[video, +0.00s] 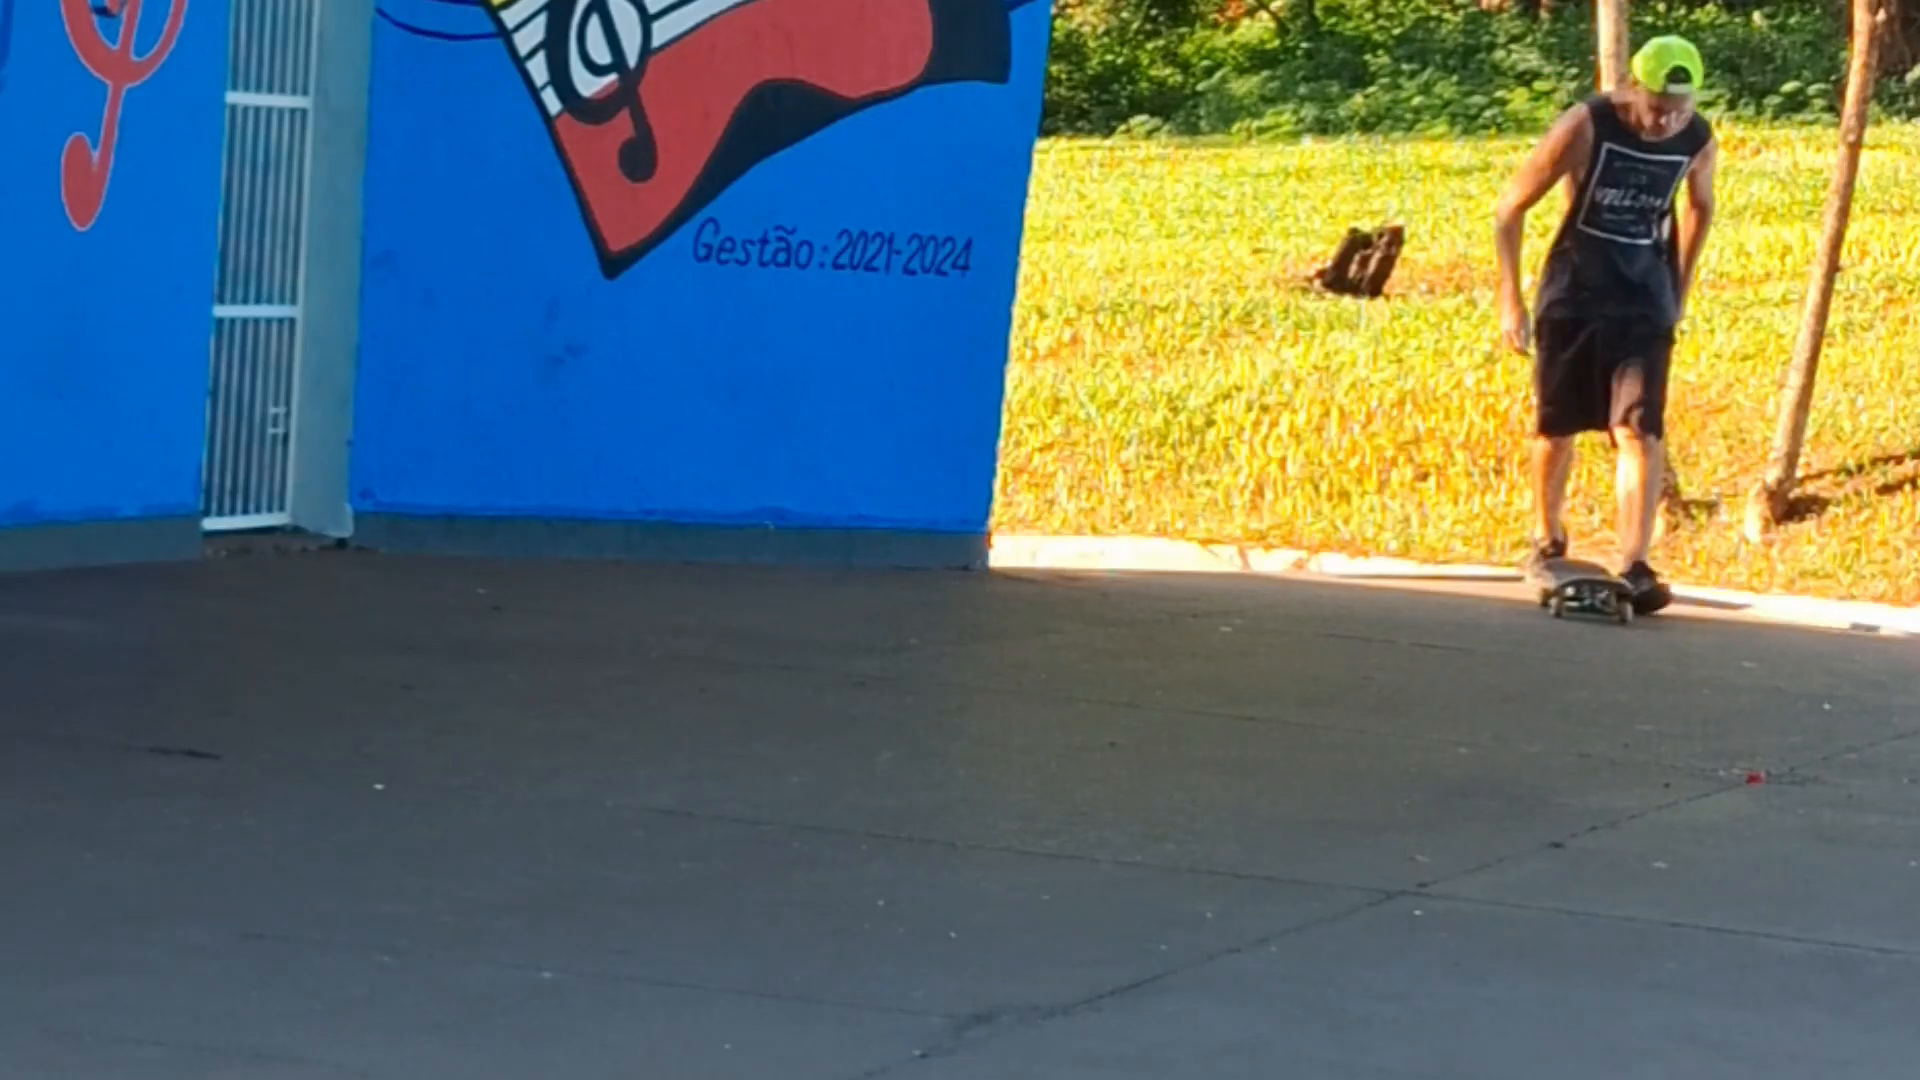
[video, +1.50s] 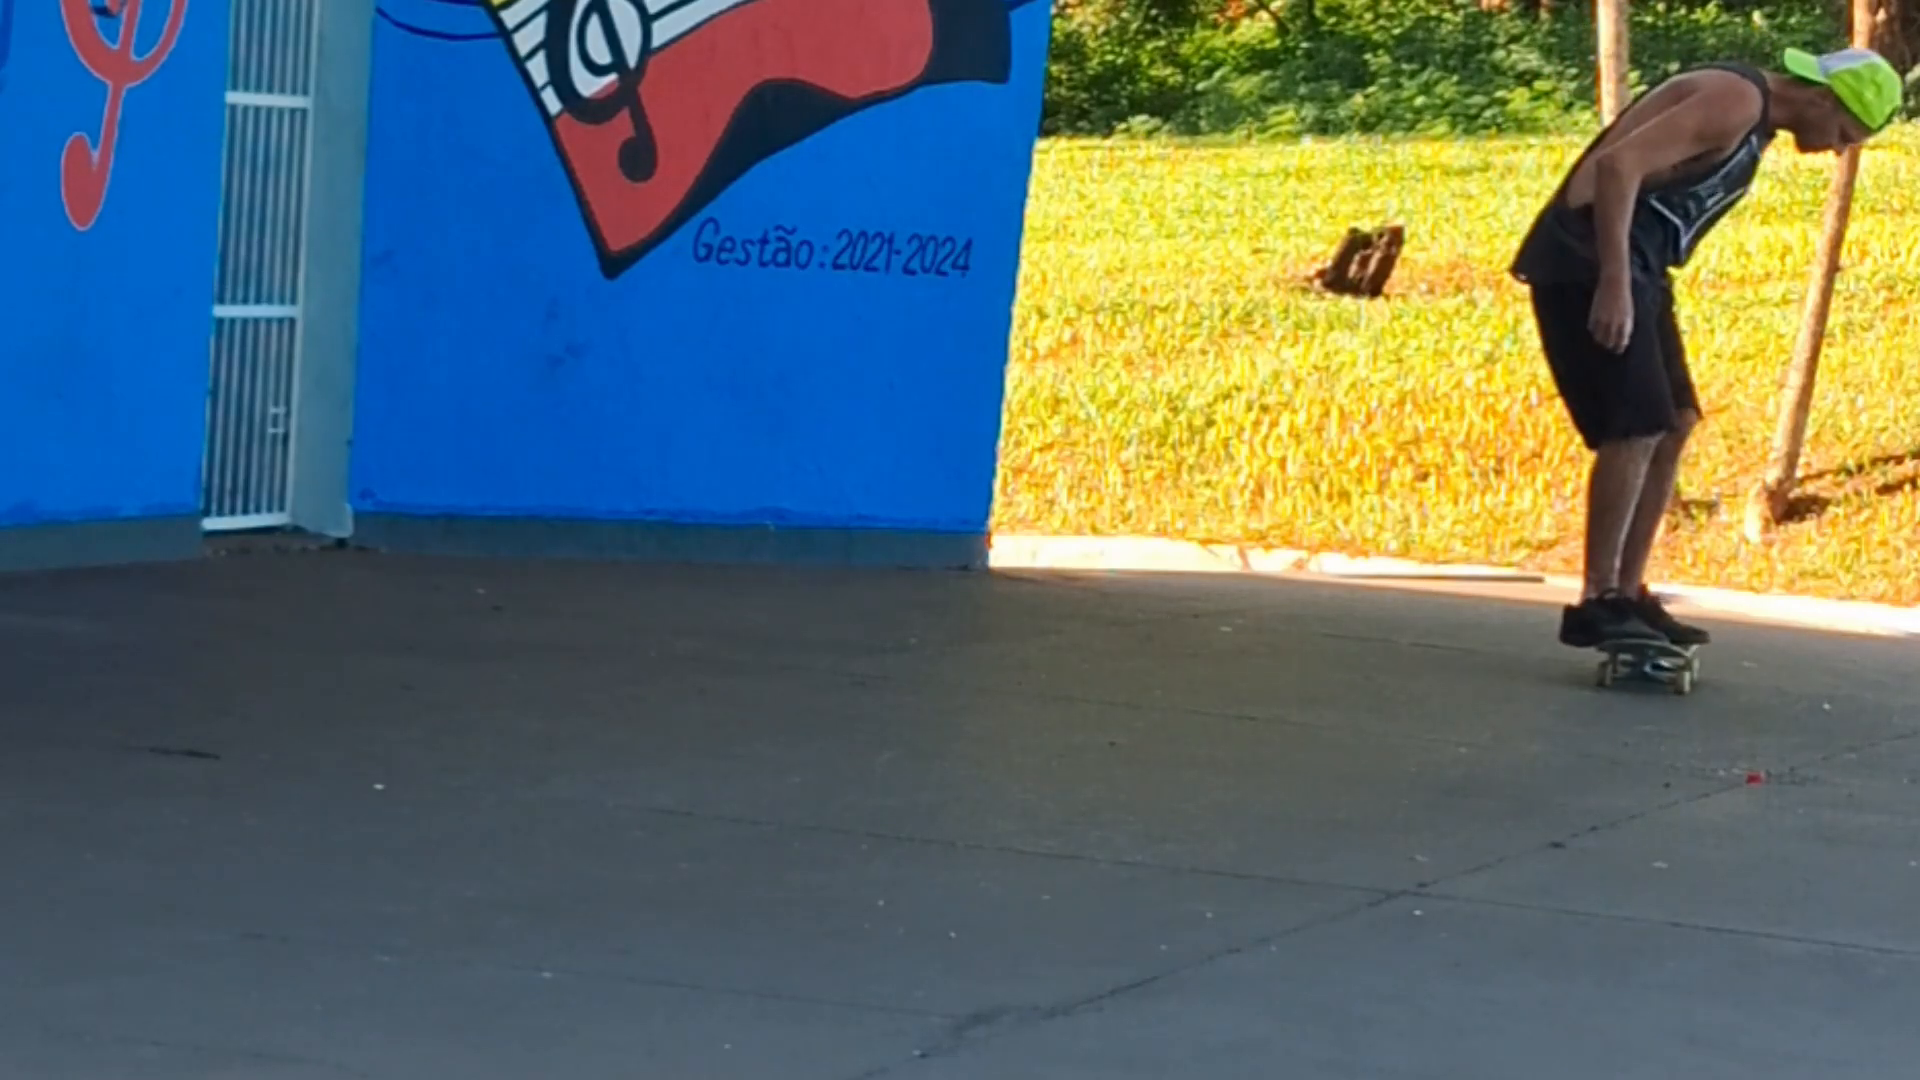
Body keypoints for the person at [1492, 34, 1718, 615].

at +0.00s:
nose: (1668, 120)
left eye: (1680, 109)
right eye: (1659, 107)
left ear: (1694, 98)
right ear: (1632, 88)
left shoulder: (1698, 139)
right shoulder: (1585, 125)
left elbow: (1698, 210)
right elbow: (1510, 211)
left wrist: (1679, 291)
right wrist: (1510, 299)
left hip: (1646, 293)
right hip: (1574, 290)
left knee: (1639, 423)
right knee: (1558, 429)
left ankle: (1635, 563)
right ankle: (1550, 543)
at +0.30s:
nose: (1707, 139)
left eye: (1718, 129)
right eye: (1698, 126)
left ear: (1728, 123)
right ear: (1671, 110)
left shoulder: (1727, 150)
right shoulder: (1611, 135)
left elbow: (1720, 212)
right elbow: (1531, 208)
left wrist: (1704, 301)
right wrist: (1528, 306)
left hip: (1659, 277)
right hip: (1593, 262)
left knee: (1651, 421)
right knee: (1626, 381)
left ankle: (1638, 567)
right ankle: (1583, 531)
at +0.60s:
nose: (1745, 140)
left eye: (1753, 130)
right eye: (1743, 127)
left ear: (1752, 115)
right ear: (1715, 101)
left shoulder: (1727, 129)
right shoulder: (1633, 119)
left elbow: (1691, 207)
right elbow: (1541, 195)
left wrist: (1676, 282)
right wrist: (1541, 295)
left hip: (1657, 276)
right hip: (1592, 268)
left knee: (1678, 406)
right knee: (1620, 401)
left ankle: (1588, 520)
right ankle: (1608, 554)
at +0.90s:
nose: (1792, 117)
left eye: (1800, 108)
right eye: (1790, 103)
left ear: (1767, 84)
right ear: (1758, 77)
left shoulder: (1748, 120)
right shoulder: (1670, 94)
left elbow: (1687, 182)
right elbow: (1561, 162)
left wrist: (1676, 241)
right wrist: (1575, 267)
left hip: (1654, 263)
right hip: (1598, 250)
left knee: (1675, 406)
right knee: (1636, 399)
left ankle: (1612, 562)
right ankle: (1604, 564)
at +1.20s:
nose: (1819, 132)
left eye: (1829, 125)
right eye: (1821, 117)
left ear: (1805, 93)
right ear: (1797, 82)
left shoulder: (1742, 134)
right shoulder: (1706, 91)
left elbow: (1658, 215)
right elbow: (1590, 153)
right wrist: (1583, 265)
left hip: (1643, 272)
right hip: (1597, 261)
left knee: (1671, 415)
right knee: (1633, 414)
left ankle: (1621, 579)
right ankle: (1605, 586)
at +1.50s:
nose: (1835, 151)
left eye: (1848, 145)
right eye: (1845, 137)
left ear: (1824, 98)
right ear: (1828, 98)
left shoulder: (1751, 123)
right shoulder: (1730, 100)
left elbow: (1649, 194)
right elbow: (1617, 163)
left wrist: (1643, 286)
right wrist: (1613, 281)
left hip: (1636, 270)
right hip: (1589, 262)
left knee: (1675, 420)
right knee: (1635, 426)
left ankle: (1626, 594)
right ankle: (1595, 602)